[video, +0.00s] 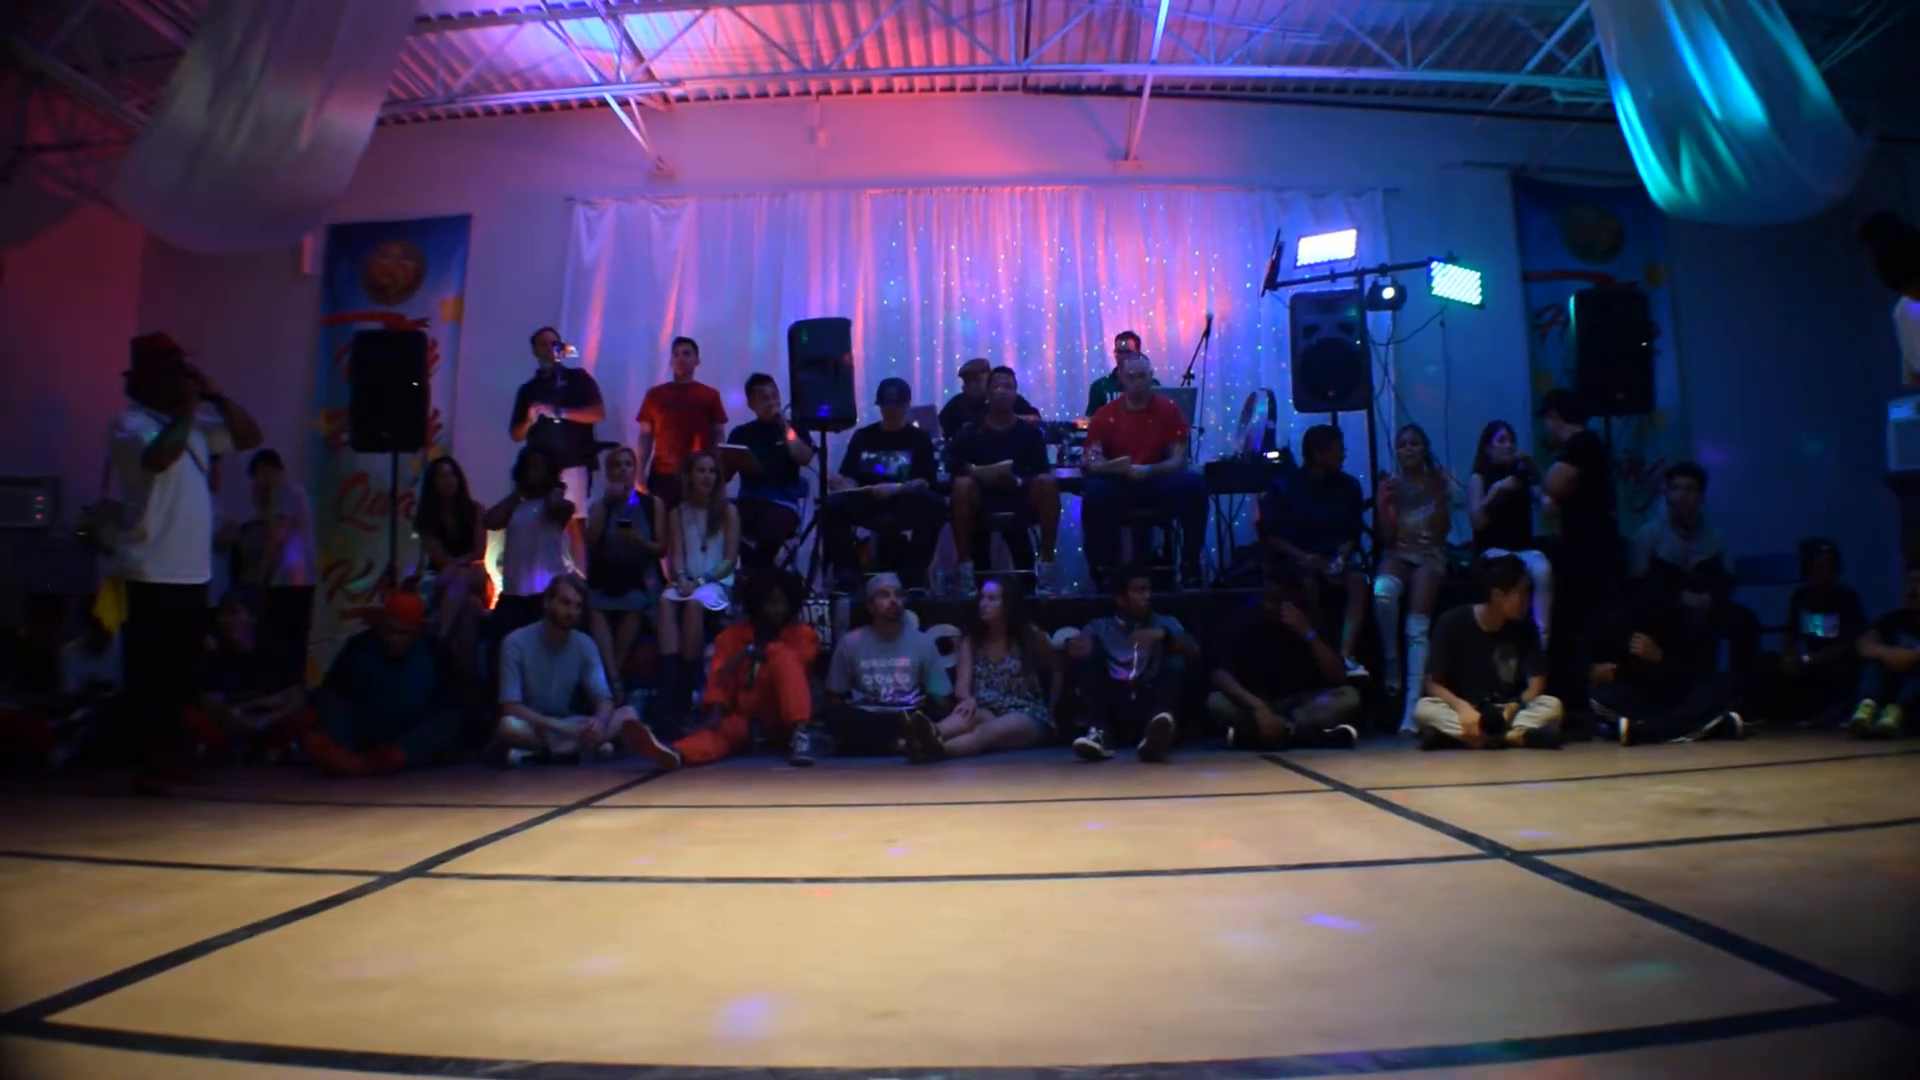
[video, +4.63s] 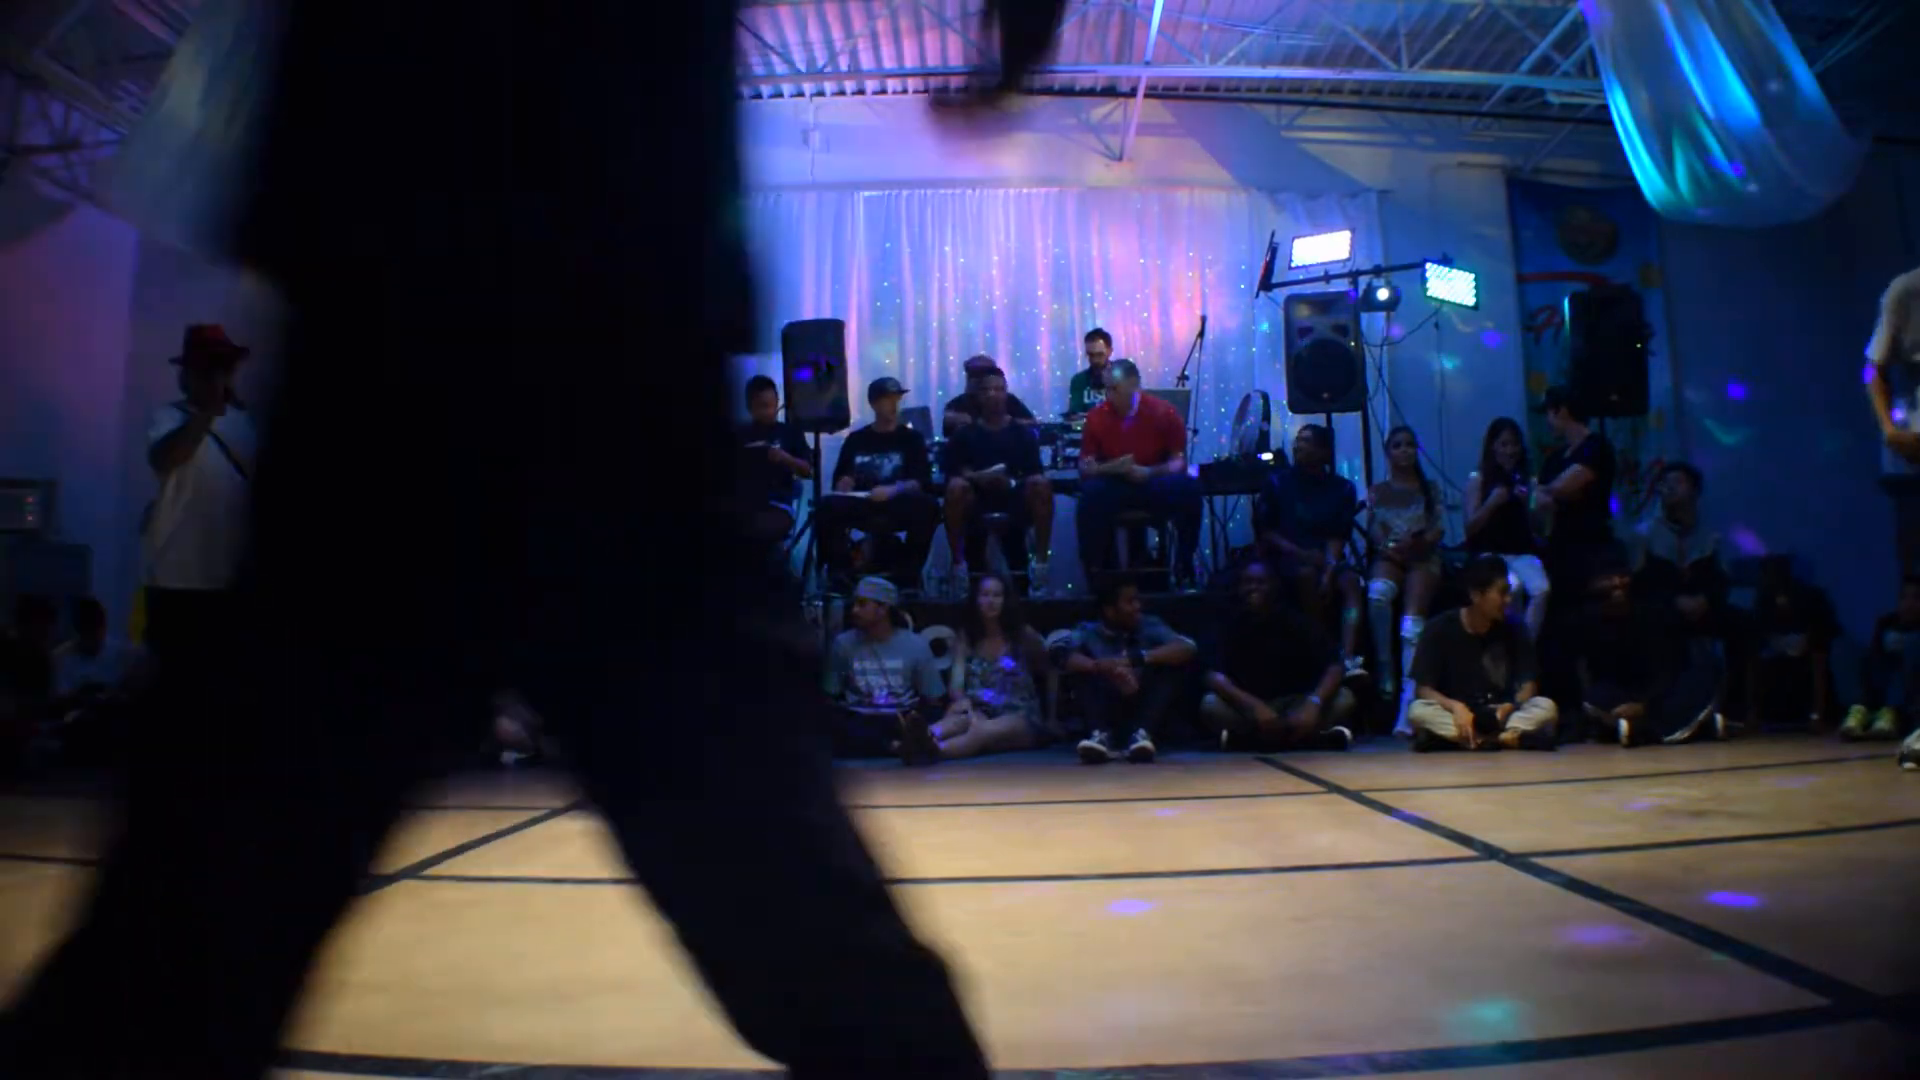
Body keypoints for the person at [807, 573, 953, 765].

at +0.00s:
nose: (894, 602)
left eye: (898, 595)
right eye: (885, 596)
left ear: (903, 600)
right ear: (870, 605)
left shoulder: (922, 643)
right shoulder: (851, 643)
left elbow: (940, 699)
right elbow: (834, 698)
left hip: (909, 715)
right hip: (866, 715)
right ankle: (900, 744)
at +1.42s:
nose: (887, 603)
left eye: (891, 597)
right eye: (878, 598)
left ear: (898, 602)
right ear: (865, 606)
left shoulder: (916, 644)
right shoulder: (845, 645)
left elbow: (936, 701)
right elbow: (829, 699)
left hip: (908, 717)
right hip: (863, 717)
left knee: (964, 714)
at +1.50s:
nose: (886, 603)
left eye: (891, 596)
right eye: (878, 598)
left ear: (897, 601)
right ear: (864, 605)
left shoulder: (916, 645)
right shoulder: (845, 645)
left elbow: (937, 702)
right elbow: (829, 701)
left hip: (908, 721)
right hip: (862, 722)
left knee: (964, 714)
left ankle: (925, 747)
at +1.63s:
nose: (887, 603)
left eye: (892, 597)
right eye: (879, 597)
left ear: (898, 602)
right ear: (865, 606)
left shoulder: (916, 645)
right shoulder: (845, 645)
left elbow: (937, 702)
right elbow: (828, 698)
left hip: (906, 716)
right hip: (860, 717)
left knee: (964, 713)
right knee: (829, 716)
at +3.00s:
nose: (863, 606)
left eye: (870, 599)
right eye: (862, 599)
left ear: (891, 605)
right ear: (858, 602)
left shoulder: (916, 645)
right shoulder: (845, 644)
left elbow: (934, 699)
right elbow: (830, 692)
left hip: (903, 715)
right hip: (859, 716)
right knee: (828, 717)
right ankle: (893, 746)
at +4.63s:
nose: (855, 611)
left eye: (862, 604)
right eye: (855, 604)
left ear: (882, 609)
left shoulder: (914, 645)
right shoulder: (844, 644)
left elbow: (934, 699)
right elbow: (831, 696)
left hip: (904, 717)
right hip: (860, 717)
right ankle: (893, 746)